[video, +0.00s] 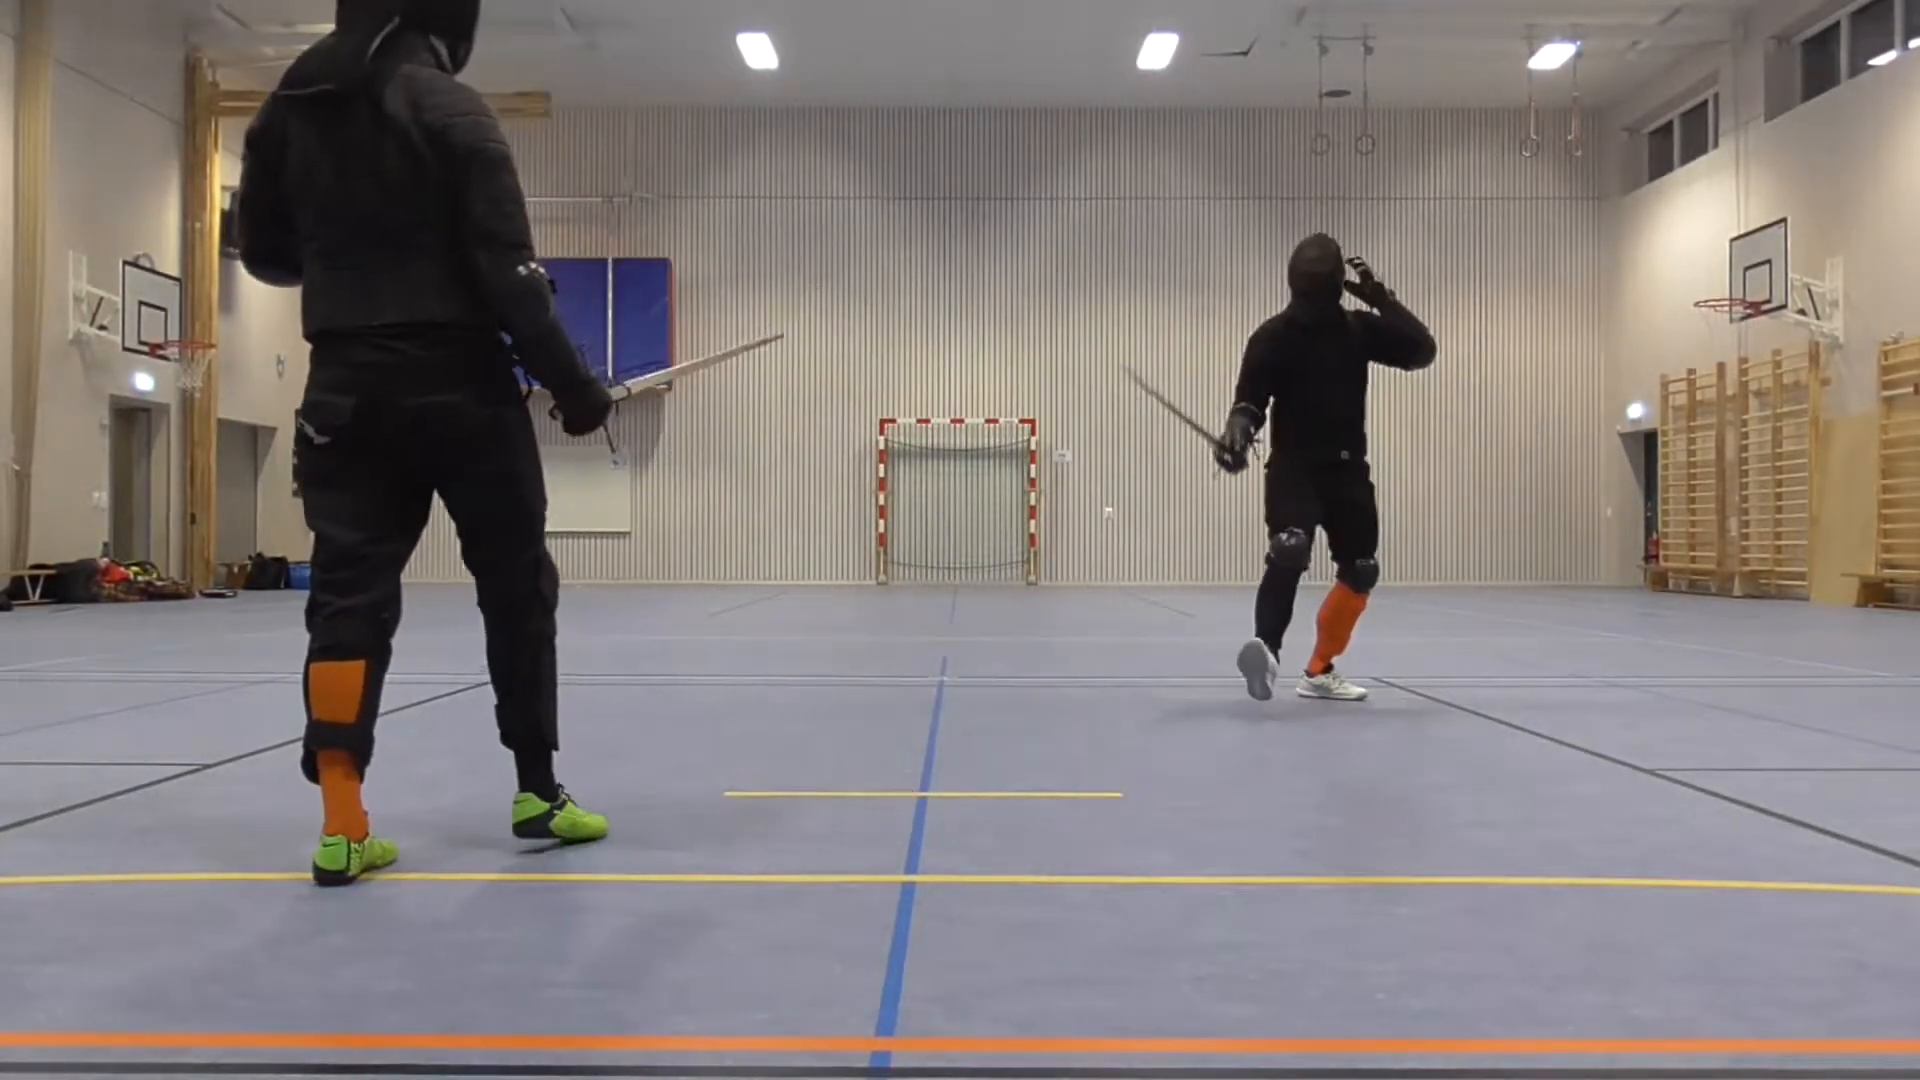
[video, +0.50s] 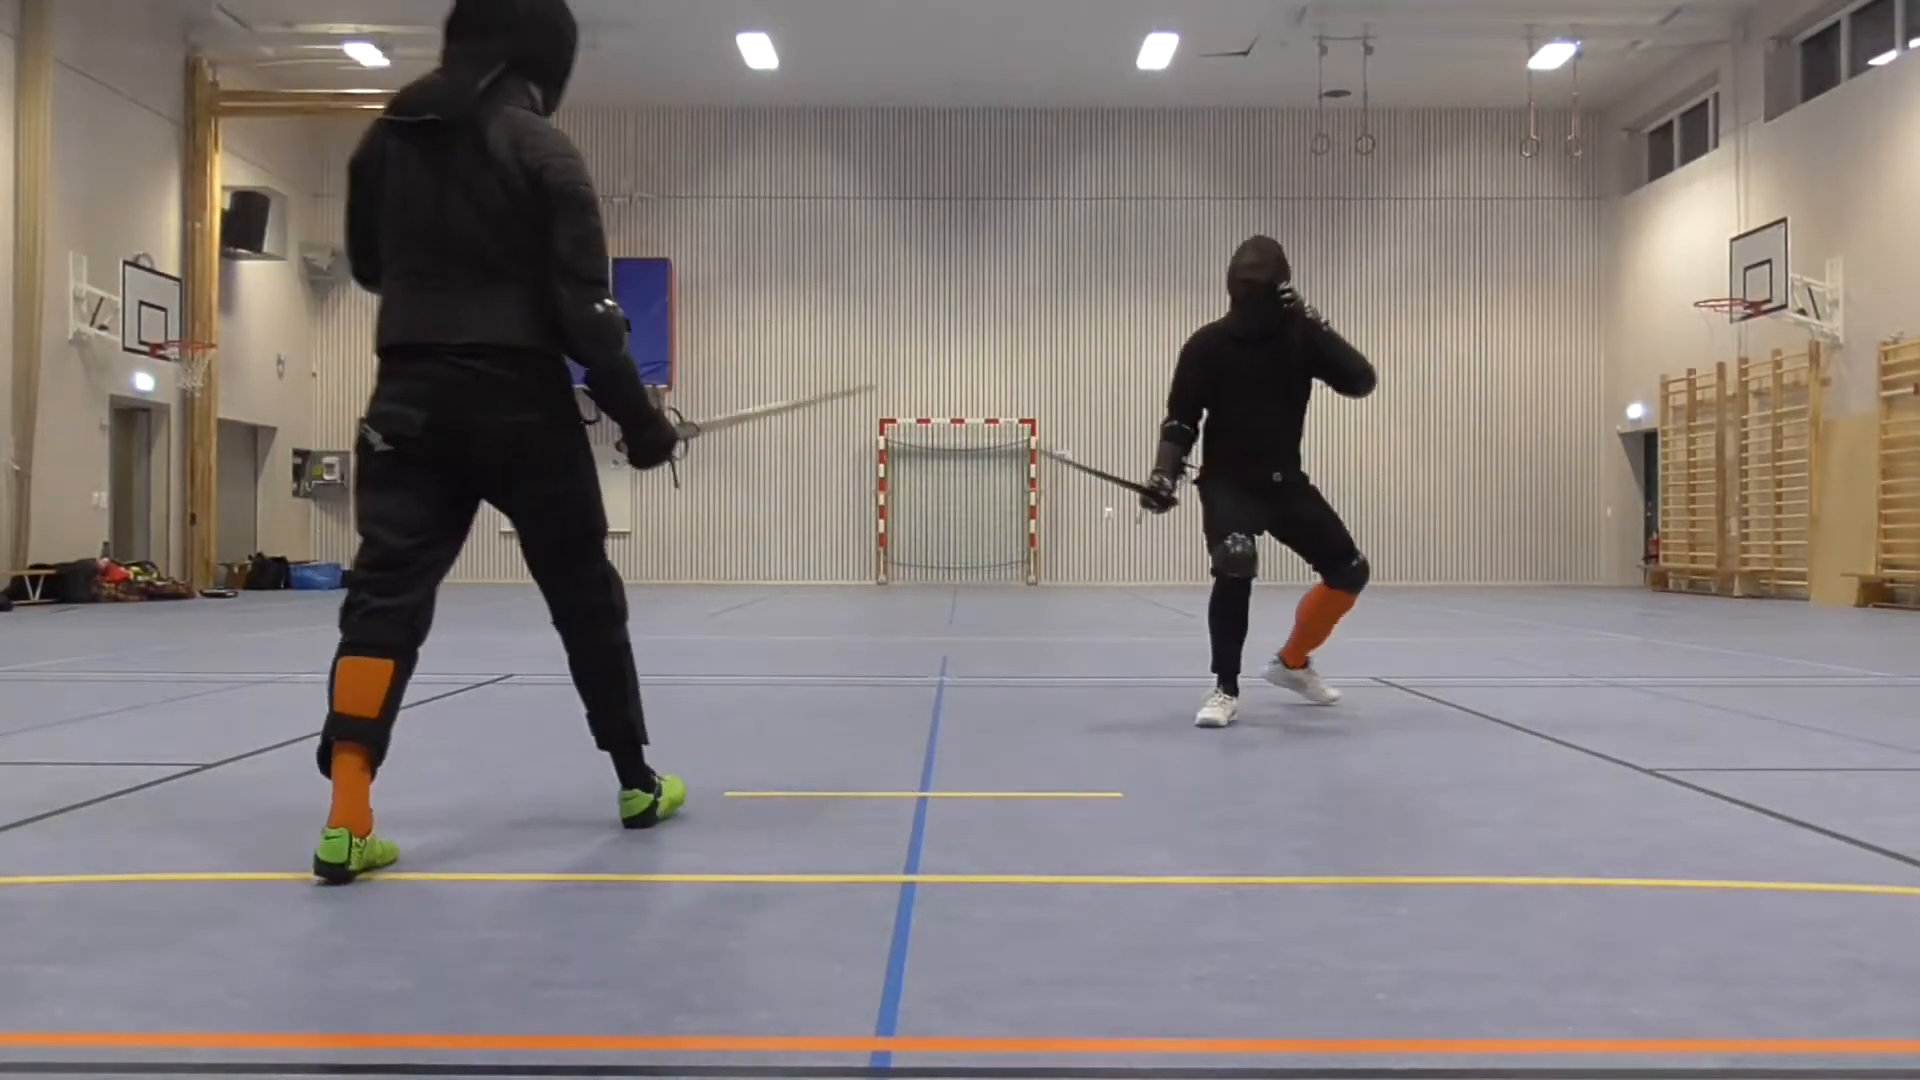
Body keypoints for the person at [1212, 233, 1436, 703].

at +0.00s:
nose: (1317, 290)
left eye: (1325, 281)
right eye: (1309, 281)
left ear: (1338, 281)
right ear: (1293, 281)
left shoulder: (1358, 330)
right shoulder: (1272, 338)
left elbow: (1421, 350)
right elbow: (1251, 401)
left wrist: (1380, 297)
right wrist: (1237, 432)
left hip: (1347, 467)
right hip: (1292, 467)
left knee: (1360, 572)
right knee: (1290, 548)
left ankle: (1319, 671)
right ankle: (1265, 652)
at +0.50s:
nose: (1251, 293)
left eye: (1262, 283)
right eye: (1243, 283)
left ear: (1282, 285)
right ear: (1230, 286)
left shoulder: (1300, 337)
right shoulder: (1206, 347)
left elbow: (1362, 381)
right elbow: (1181, 420)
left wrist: (1312, 326)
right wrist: (1164, 473)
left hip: (1283, 479)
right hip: (1226, 482)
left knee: (1348, 573)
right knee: (1235, 565)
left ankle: (1292, 662)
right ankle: (1225, 691)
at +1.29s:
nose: (1194, 267)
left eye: (1206, 258)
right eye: (1189, 256)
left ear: (1231, 269)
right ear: (1179, 260)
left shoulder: (1255, 327)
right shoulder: (1155, 330)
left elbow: (1308, 384)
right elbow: (1125, 404)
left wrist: (1271, 321)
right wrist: (1109, 456)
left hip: (1227, 470)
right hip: (1167, 469)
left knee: (1274, 586)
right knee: (1186, 556)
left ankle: (1228, 687)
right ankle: (1191, 676)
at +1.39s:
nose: (1181, 273)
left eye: (1194, 263)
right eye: (1176, 261)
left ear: (1221, 268)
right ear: (1167, 259)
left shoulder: (1246, 327)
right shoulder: (1143, 331)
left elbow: (1299, 383)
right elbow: (1114, 406)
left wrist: (1258, 319)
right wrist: (1095, 458)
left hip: (1218, 474)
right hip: (1157, 471)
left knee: (1268, 588)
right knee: (1161, 543)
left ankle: (1227, 689)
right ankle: (1130, 677)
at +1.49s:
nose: (1164, 262)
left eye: (1176, 253)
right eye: (1161, 252)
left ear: (1204, 264)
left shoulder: (1227, 325)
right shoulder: (1126, 330)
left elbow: (1287, 380)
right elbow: (1092, 404)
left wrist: (1245, 320)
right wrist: (1072, 460)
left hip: (1206, 482)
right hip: (1142, 480)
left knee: (1254, 590)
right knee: (1123, 561)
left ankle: (1228, 690)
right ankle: (1075, 680)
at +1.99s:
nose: (1121, 288)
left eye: (1129, 276)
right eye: (1116, 276)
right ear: (1150, 279)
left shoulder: (1181, 338)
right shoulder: (1072, 348)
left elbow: (1254, 393)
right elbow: (1035, 426)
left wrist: (1200, 336)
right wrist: (1001, 477)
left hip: (1167, 499)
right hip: (1096, 500)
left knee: (1231, 610)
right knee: (1074, 571)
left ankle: (1186, 699)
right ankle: (1024, 711)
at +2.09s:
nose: (1150, 254)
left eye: (1129, 249)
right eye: (1149, 246)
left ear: (1098, 253)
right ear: (1145, 252)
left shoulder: (1173, 314)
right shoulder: (1064, 325)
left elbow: (1242, 371)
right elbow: (1038, 416)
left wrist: (1187, 304)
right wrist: (1013, 474)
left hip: (1156, 480)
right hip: (1085, 480)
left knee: (1205, 596)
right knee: (1059, 568)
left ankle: (1186, 697)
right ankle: (1015, 707)